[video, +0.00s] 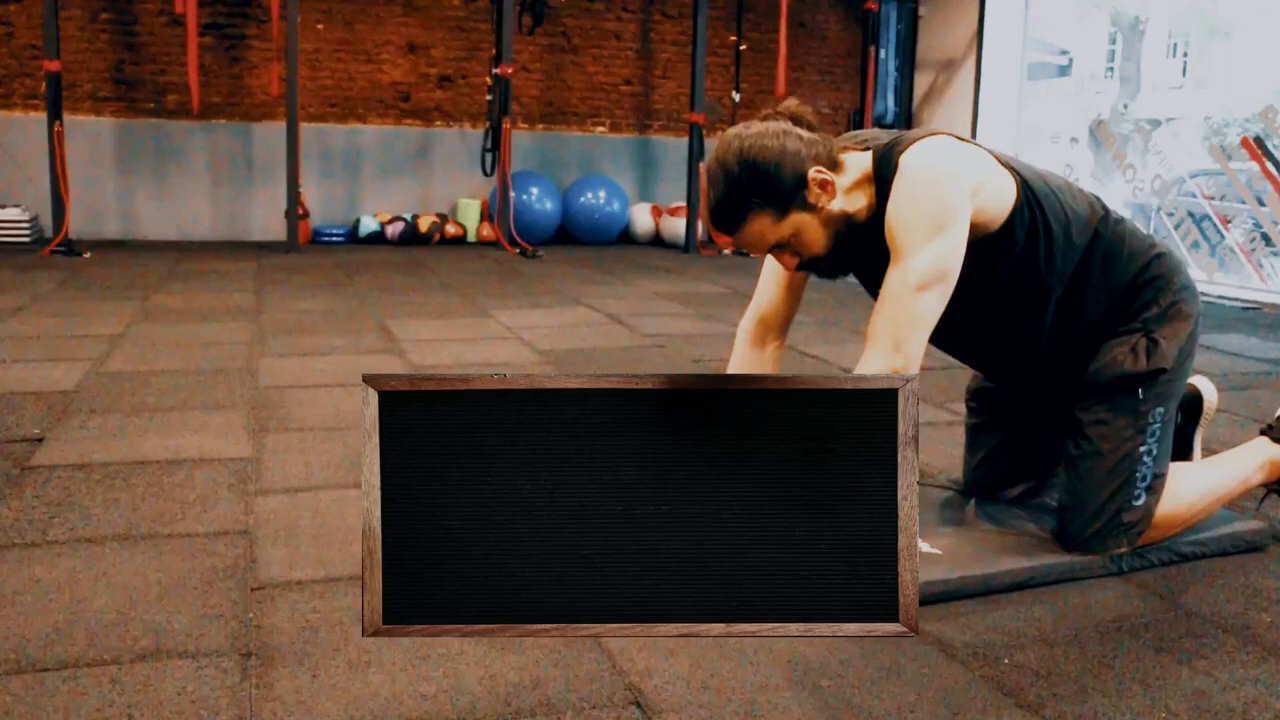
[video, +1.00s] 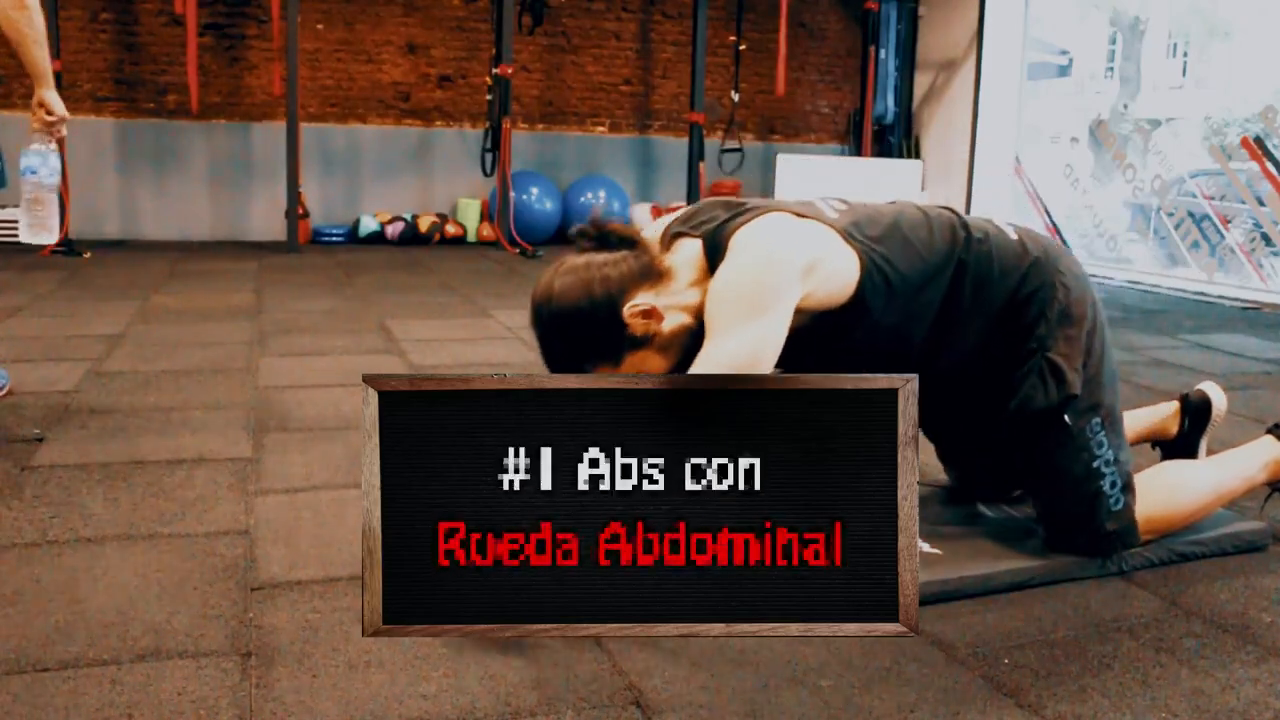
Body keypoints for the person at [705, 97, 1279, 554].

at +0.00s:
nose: (786, 266)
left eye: (786, 245)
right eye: (770, 255)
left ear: (819, 187)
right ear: (813, 183)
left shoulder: (930, 180)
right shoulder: (813, 199)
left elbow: (889, 366)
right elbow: (761, 335)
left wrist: (813, 473)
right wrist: (738, 448)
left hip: (1134, 313)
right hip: (1029, 336)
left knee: (1099, 529)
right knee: (996, 489)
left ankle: (1269, 454)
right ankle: (1174, 416)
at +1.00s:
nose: (663, 354)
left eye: (646, 342)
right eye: (649, 345)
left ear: (651, 308)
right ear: (645, 298)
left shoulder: (755, 263)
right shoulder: (680, 244)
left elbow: (713, 402)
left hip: (1023, 296)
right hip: (945, 331)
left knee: (1098, 527)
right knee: (995, 484)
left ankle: (1272, 454)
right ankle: (1177, 417)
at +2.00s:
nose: (533, 474)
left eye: (552, 452)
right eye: (527, 446)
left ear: (595, 437)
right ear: (512, 423)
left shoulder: (596, 513)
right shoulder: (551, 407)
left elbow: (400, 612)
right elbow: (401, 489)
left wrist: (216, 600)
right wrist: (250, 532)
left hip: (923, 408)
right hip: (827, 378)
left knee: (1098, 526)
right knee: (1020, 468)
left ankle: (1264, 465)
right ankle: (1185, 417)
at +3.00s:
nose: (688, 356)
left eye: (674, 347)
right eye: (674, 350)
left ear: (677, 311)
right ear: (673, 299)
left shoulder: (776, 254)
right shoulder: (700, 231)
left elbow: (711, 404)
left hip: (1042, 293)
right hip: (958, 319)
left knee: (1105, 523)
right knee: (987, 480)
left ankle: (1265, 442)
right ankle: (1178, 418)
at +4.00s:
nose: (779, 247)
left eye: (782, 224)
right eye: (766, 232)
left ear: (829, 176)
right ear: (825, 173)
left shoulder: (950, 172)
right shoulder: (821, 199)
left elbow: (901, 364)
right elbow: (776, 329)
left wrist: (801, 515)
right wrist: (729, 475)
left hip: (1136, 322)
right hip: (1030, 341)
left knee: (1096, 529)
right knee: (990, 500)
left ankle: (1270, 460)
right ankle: (1169, 423)